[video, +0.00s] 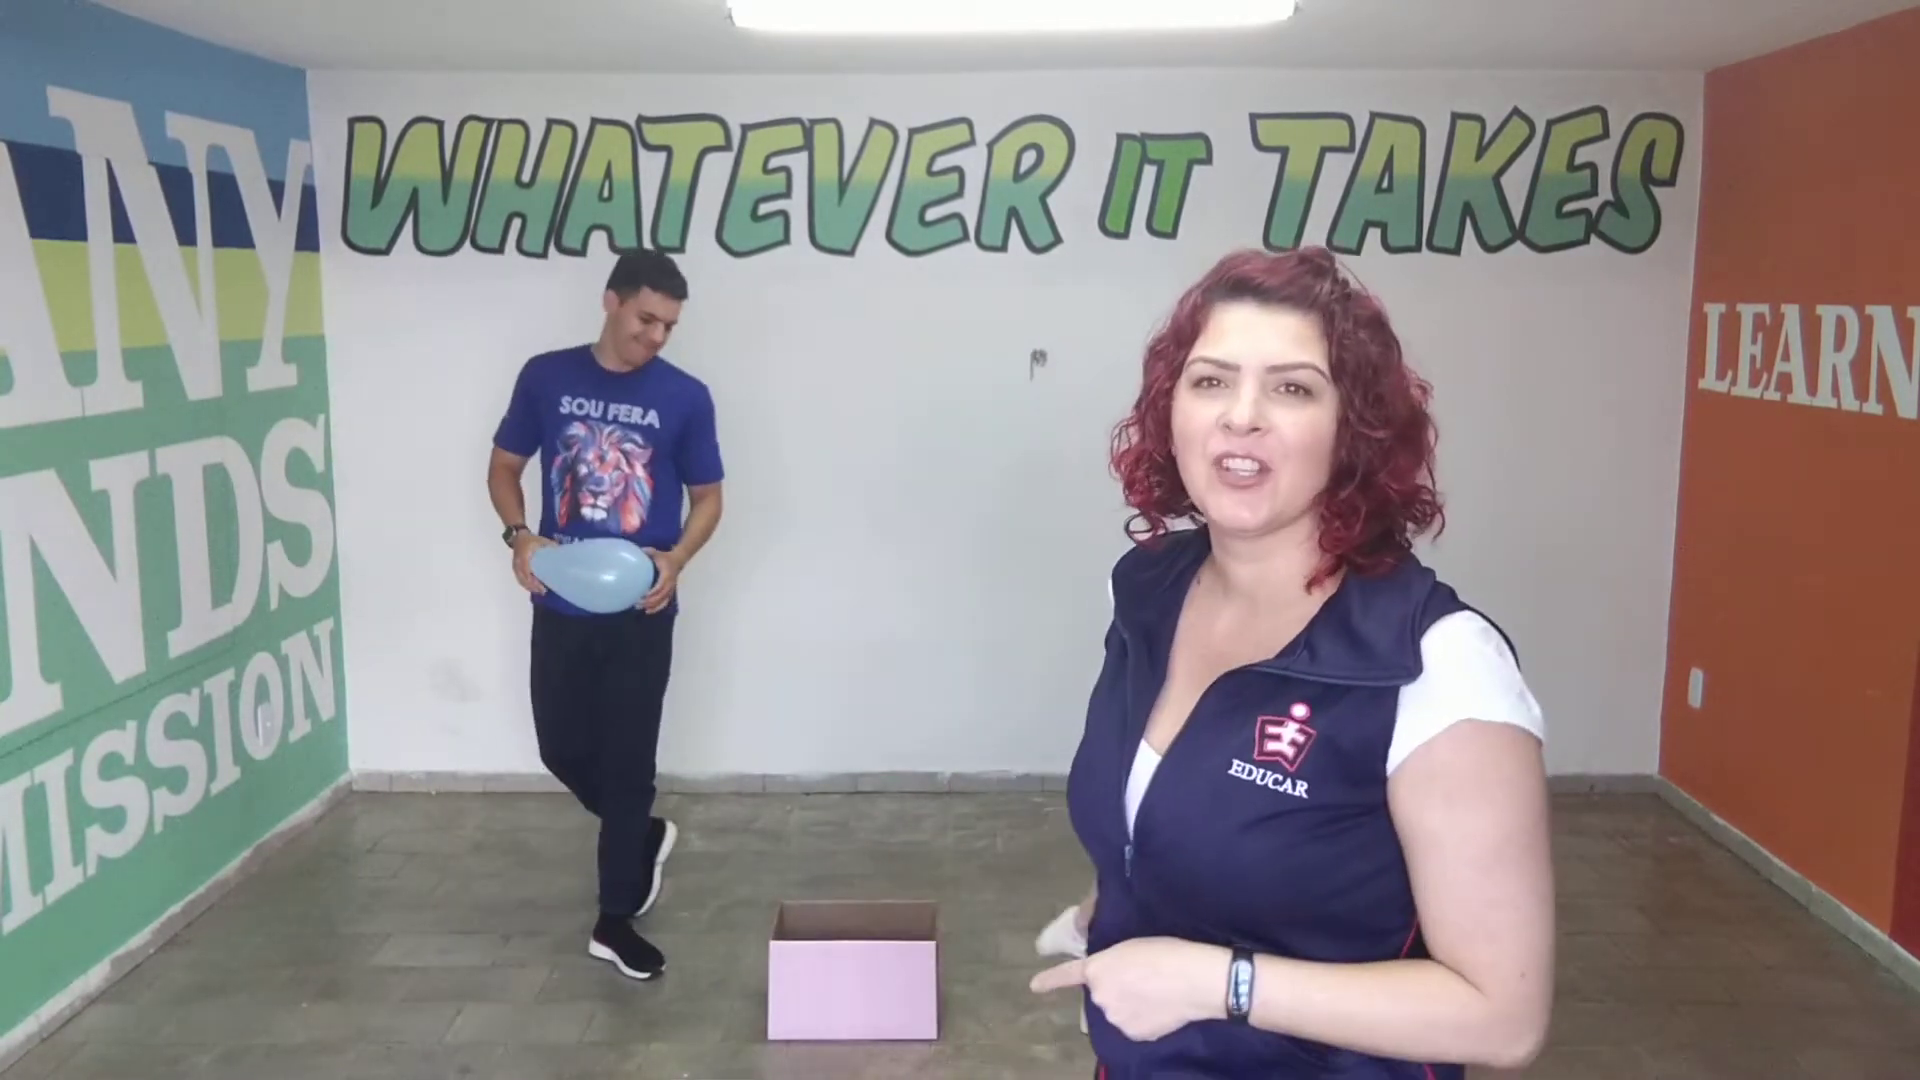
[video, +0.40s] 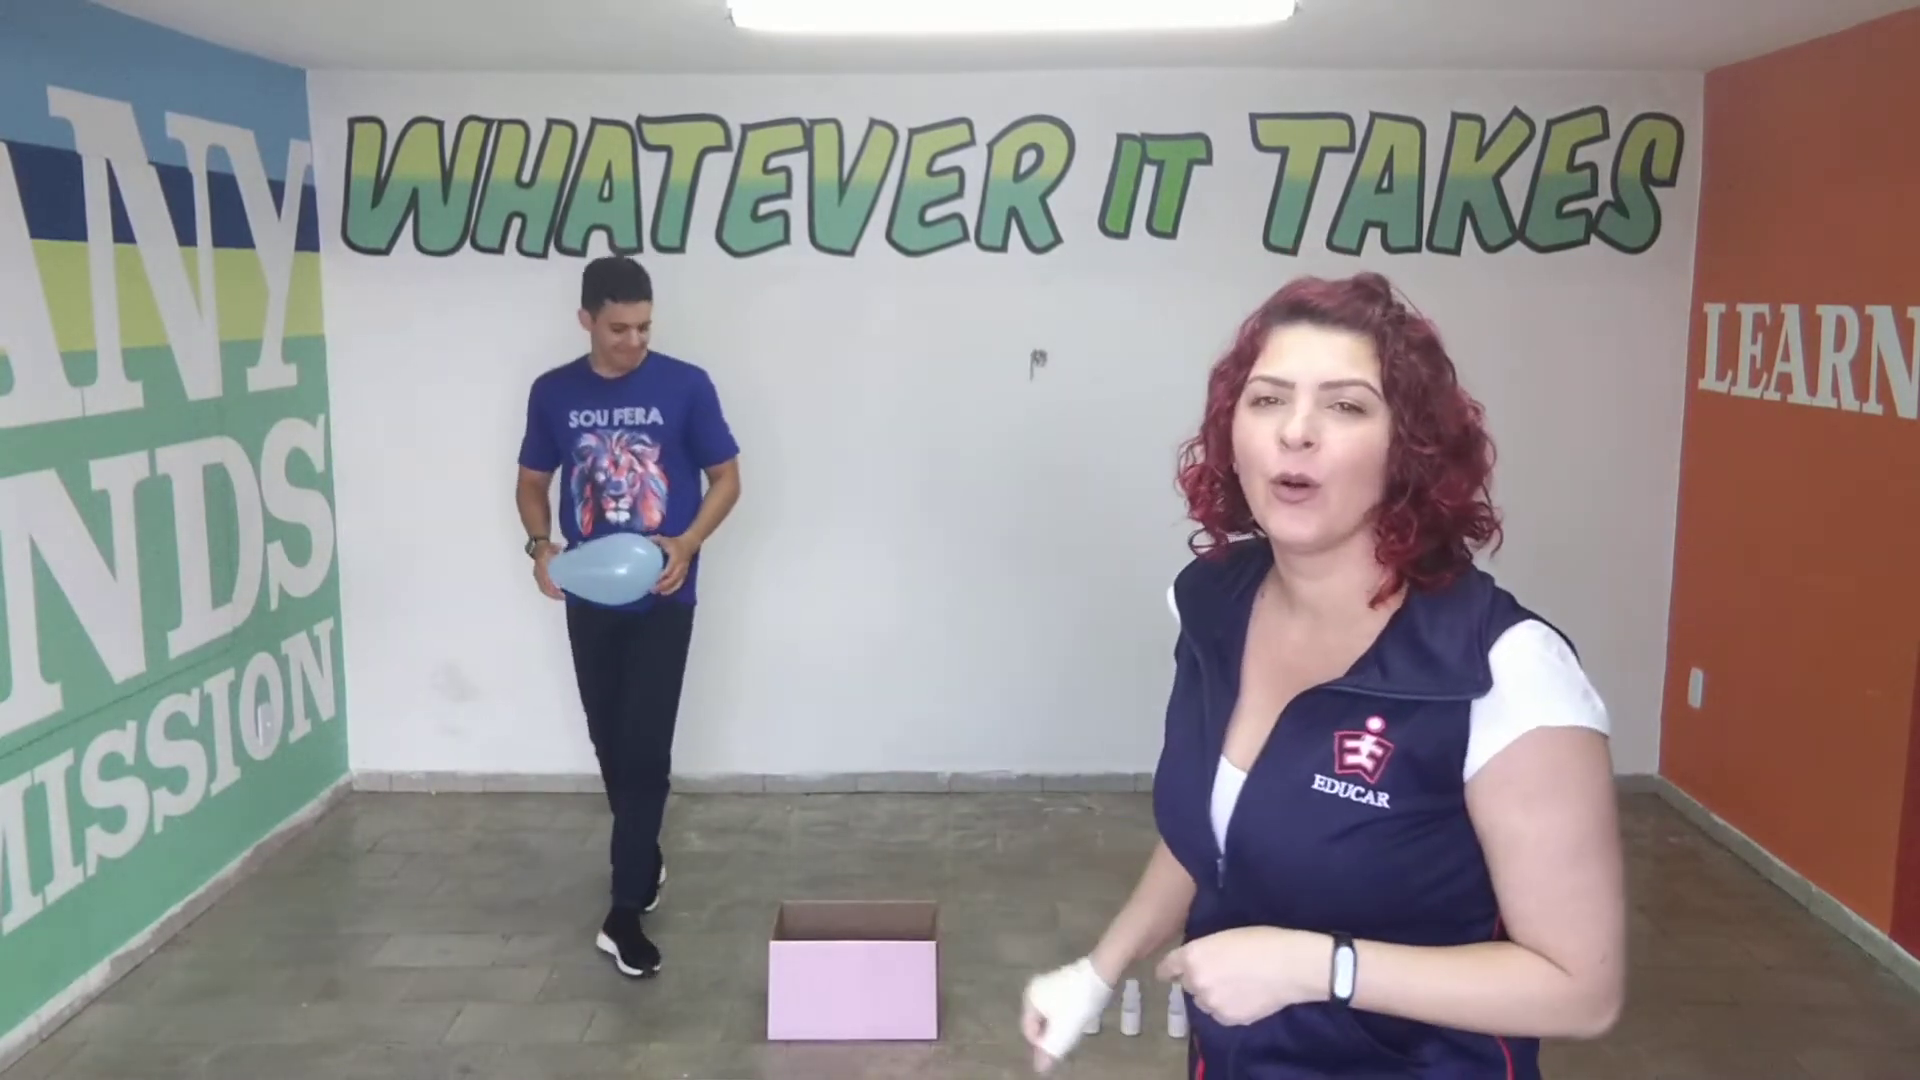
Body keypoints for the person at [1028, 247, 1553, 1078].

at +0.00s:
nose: (1241, 419)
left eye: (1292, 389)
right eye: (1210, 382)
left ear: (1353, 426)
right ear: (1170, 409)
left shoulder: (1440, 664)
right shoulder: (1153, 585)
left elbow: (1503, 1017)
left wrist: (1218, 982)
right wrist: (1114, 913)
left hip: (1328, 1060)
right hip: (1133, 1054)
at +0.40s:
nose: (1296, 433)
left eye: (1346, 406)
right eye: (1270, 399)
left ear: (1408, 443)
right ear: (1230, 426)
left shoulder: (1509, 672)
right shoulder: (1217, 602)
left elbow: (1581, 989)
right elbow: (1203, 823)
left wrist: (1320, 968)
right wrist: (1100, 971)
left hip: (1427, 1061)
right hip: (1227, 1056)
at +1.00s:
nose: (1336, 434)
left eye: (1380, 399)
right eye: (1305, 400)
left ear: (1442, 430)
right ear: (1269, 428)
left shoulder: (1534, 646)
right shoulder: (1264, 586)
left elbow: (1623, 948)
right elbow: (1250, 787)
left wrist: (1408, 946)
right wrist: (1082, 838)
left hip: (1433, 1058)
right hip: (1250, 1044)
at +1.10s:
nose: (1333, 431)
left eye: (1377, 399)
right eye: (1302, 399)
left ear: (1438, 429)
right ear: (1265, 426)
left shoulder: (1528, 646)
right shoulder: (1262, 585)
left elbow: (1611, 949)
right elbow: (1247, 790)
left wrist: (1387, 957)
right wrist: (1087, 842)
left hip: (1425, 1054)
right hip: (1244, 1045)